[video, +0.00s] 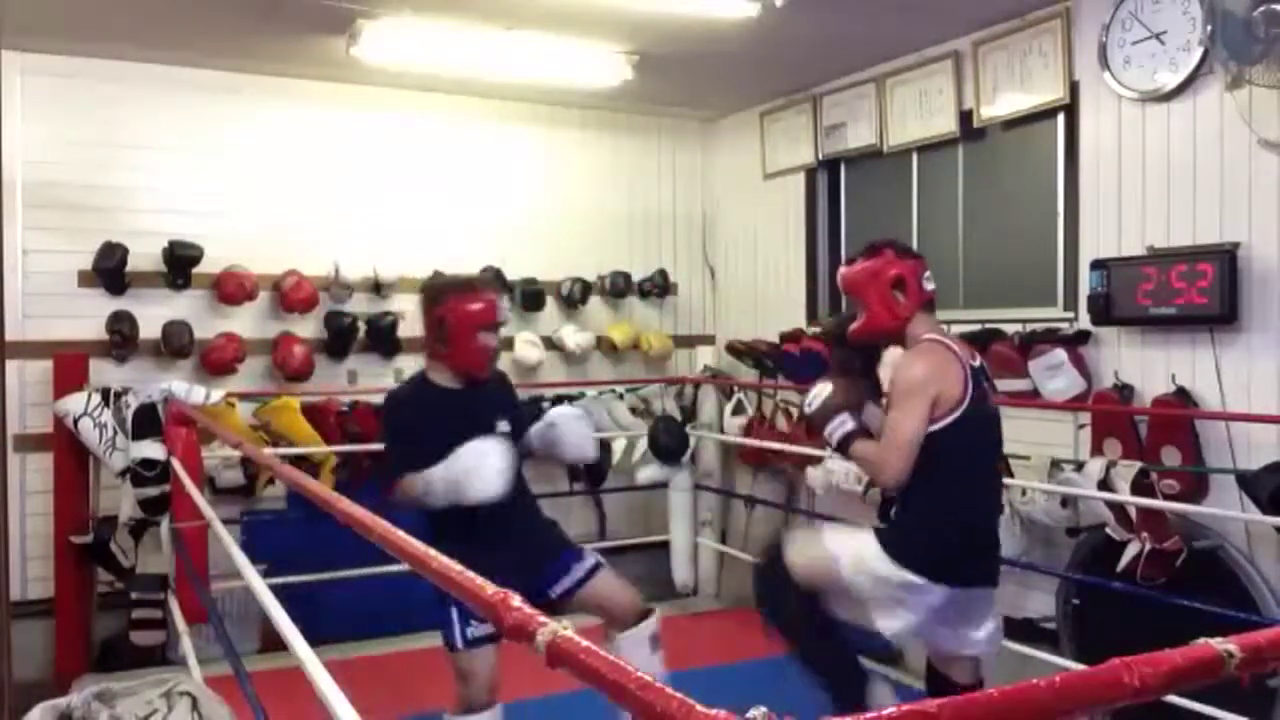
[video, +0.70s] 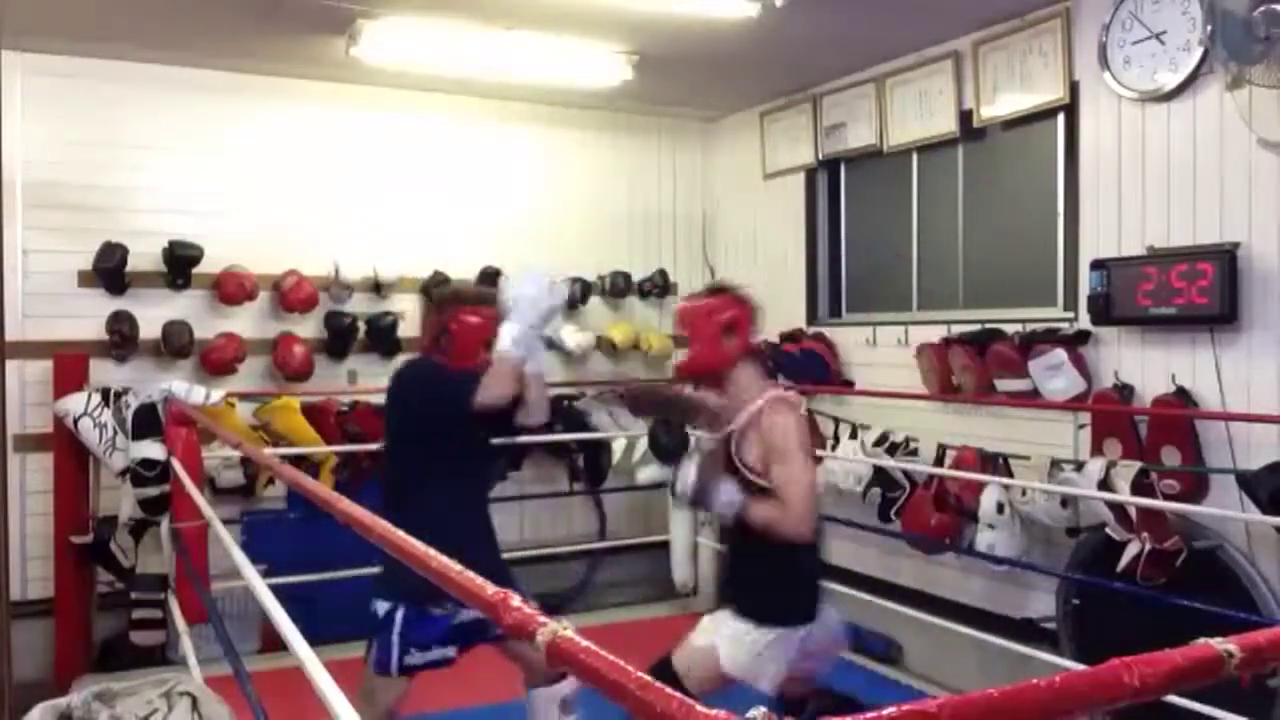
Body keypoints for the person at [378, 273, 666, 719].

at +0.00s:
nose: (493, 342)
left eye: (494, 330)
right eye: (483, 331)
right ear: (445, 335)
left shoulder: (494, 385)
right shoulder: (407, 404)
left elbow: (517, 436)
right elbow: (399, 487)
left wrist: (552, 436)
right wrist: (446, 480)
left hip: (531, 540)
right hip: (467, 561)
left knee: (630, 610)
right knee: (478, 695)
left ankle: (648, 712)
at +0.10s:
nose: (514, 337)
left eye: (516, 325)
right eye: (505, 326)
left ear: (483, 326)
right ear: (468, 326)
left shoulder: (505, 381)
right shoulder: (423, 393)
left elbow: (527, 435)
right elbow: (419, 474)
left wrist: (566, 426)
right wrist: (476, 449)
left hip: (534, 535)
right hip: (470, 555)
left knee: (630, 620)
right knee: (481, 689)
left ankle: (635, 712)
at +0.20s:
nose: (536, 339)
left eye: (537, 327)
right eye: (526, 327)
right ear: (490, 327)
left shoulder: (525, 382)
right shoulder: (443, 390)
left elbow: (549, 438)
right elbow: (440, 471)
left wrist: (593, 415)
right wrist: (493, 416)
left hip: (542, 546)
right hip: (474, 560)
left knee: (602, 671)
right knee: (471, 701)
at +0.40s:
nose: (538, 337)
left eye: (542, 326)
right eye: (527, 324)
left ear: (548, 330)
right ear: (492, 329)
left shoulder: (547, 393)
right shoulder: (453, 386)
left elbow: (588, 469)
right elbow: (501, 444)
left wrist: (607, 403)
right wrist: (540, 373)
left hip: (538, 566)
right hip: (468, 569)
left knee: (581, 688)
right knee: (420, 695)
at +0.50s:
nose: (533, 348)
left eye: (533, 337)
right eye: (524, 336)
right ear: (489, 338)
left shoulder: (510, 393)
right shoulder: (449, 389)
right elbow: (534, 406)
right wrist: (554, 359)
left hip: (518, 574)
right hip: (454, 581)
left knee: (574, 692)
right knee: (402, 702)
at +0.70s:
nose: (491, 334)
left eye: (493, 323)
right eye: (480, 322)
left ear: (487, 332)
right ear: (452, 328)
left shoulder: (477, 383)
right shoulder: (416, 378)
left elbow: (534, 414)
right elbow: (496, 392)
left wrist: (530, 346)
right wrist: (519, 329)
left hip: (478, 563)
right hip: (416, 570)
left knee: (547, 667)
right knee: (380, 699)